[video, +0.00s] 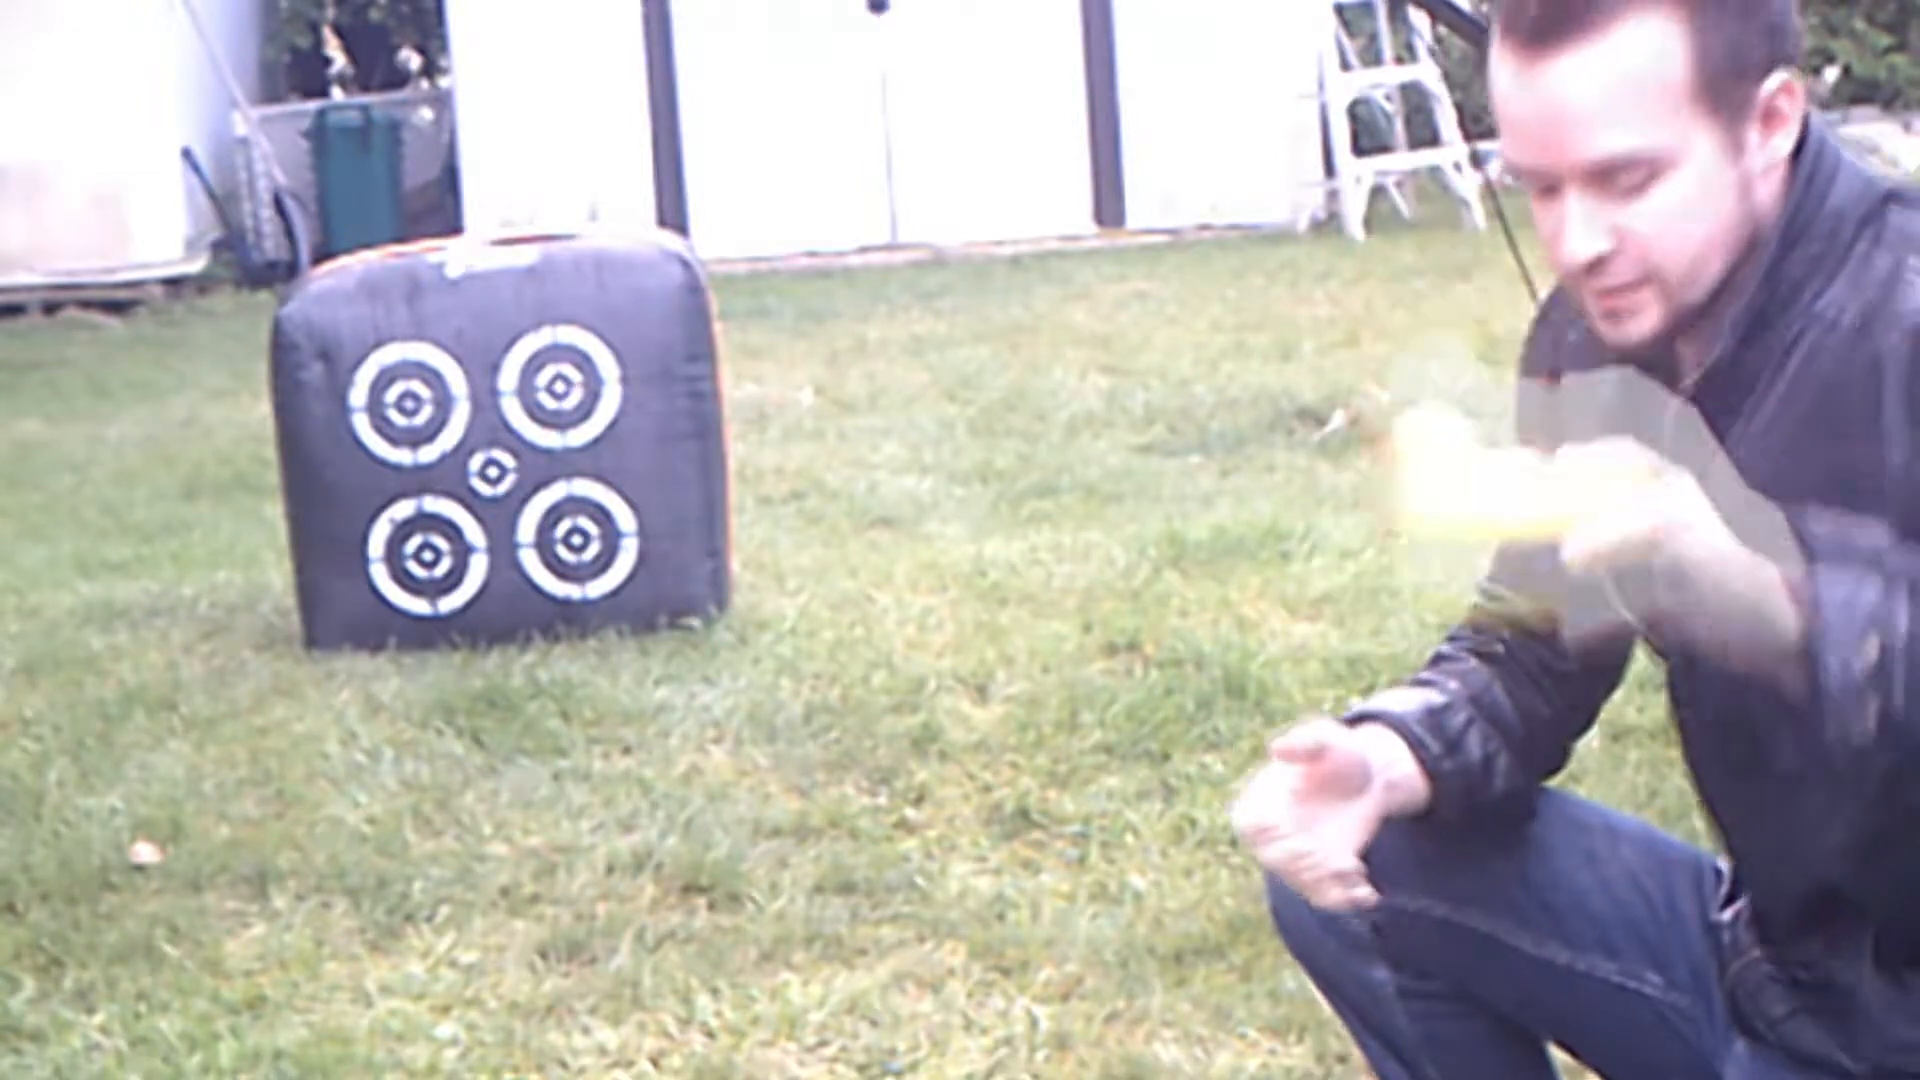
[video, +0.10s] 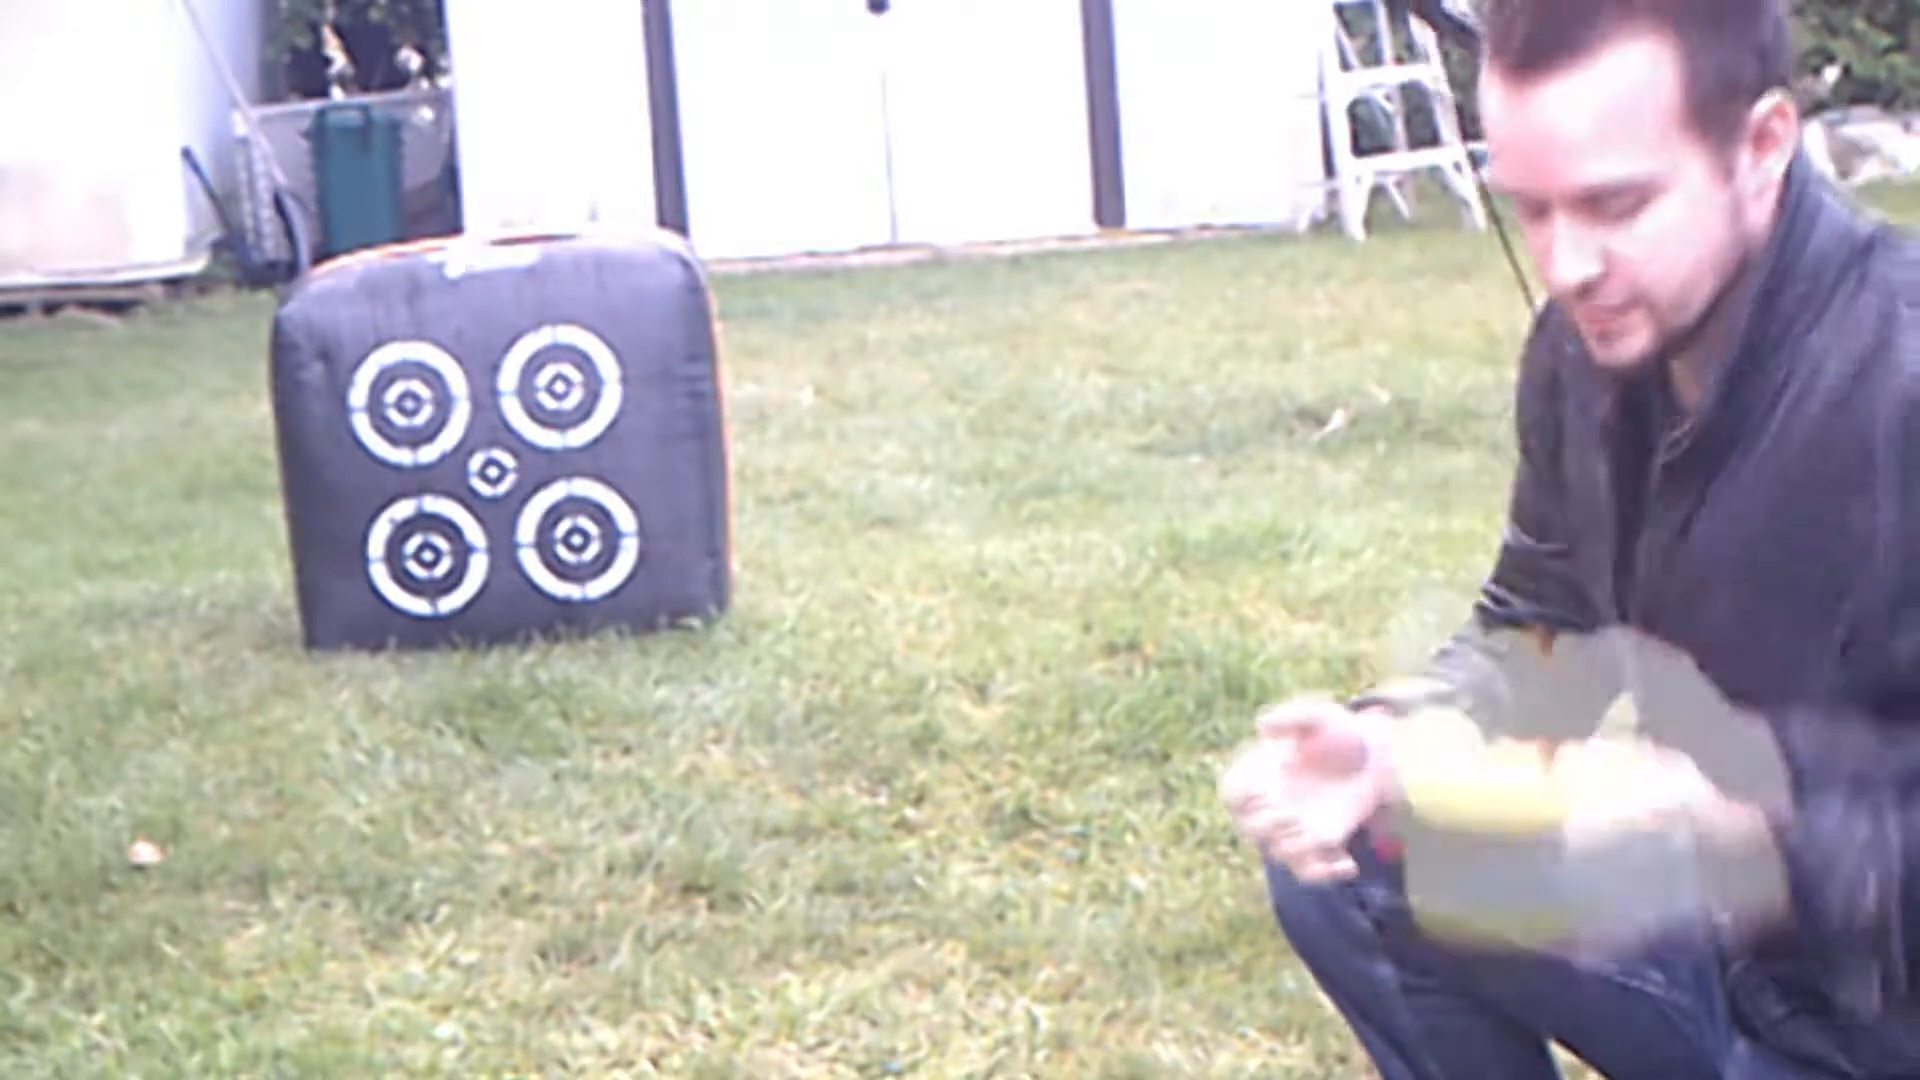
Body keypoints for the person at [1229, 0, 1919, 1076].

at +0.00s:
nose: (1576, 245)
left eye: (1627, 180)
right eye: (1536, 189)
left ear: (1772, 127)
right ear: (1508, 160)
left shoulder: (1901, 319)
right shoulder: (1583, 338)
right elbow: (1537, 643)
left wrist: (1740, 598)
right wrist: (1395, 752)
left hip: (1887, 1040)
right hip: (1757, 943)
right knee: (1350, 864)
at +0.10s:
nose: (1568, 269)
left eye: (1618, 204)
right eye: (1530, 210)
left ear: (1765, 148)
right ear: (1500, 182)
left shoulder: (1895, 371)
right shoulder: (1575, 350)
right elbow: (1536, 623)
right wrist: (1388, 747)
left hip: (1866, 1031)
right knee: (1338, 869)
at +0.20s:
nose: (1556, 304)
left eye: (1605, 243)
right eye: (1518, 247)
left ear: (1755, 182)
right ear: (1490, 207)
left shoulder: (1894, 422)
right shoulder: (1574, 363)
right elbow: (1539, 644)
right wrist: (1396, 740)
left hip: (1884, 966)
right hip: (1706, 905)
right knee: (1344, 850)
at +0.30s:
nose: (1535, 349)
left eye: (1586, 287)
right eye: (1500, 289)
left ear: (1737, 219)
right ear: (1472, 246)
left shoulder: (1891, 474)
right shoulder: (1571, 389)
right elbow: (1532, 652)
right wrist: (1390, 744)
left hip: (1858, 1017)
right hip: (1702, 928)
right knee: (1353, 855)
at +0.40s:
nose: (1509, 387)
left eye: (1557, 329)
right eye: (1475, 330)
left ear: (1706, 251)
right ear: (1449, 285)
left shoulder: (1881, 515)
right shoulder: (1581, 393)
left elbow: (1896, 980)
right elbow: (1522, 652)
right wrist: (1385, 750)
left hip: (1840, 1017)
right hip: (1688, 919)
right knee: (1356, 854)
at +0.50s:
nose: (1481, 406)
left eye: (1523, 348)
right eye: (1444, 351)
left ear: (1671, 270)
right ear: (1418, 301)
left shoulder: (1879, 541)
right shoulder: (1592, 392)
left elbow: (1893, 1001)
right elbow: (1522, 649)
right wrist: (1373, 751)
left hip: (1843, 1022)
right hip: (1693, 922)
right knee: (1355, 852)